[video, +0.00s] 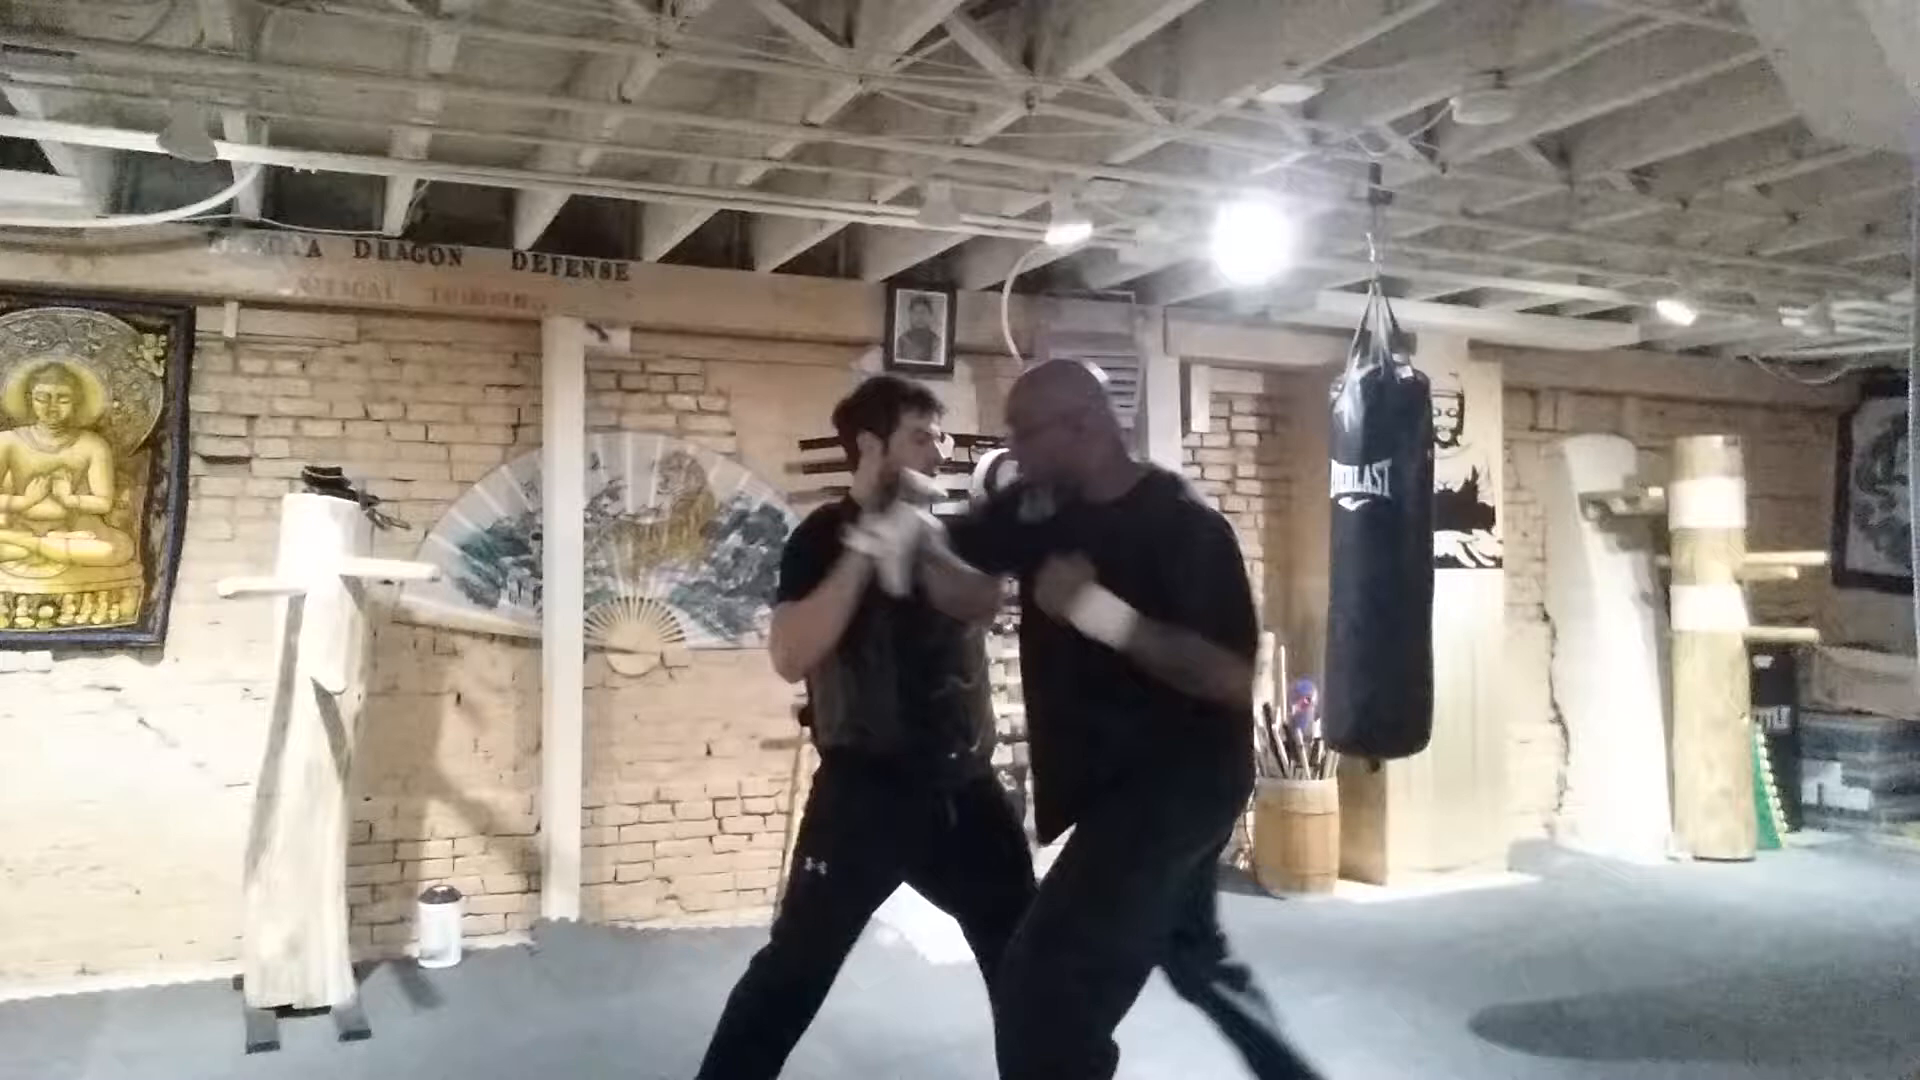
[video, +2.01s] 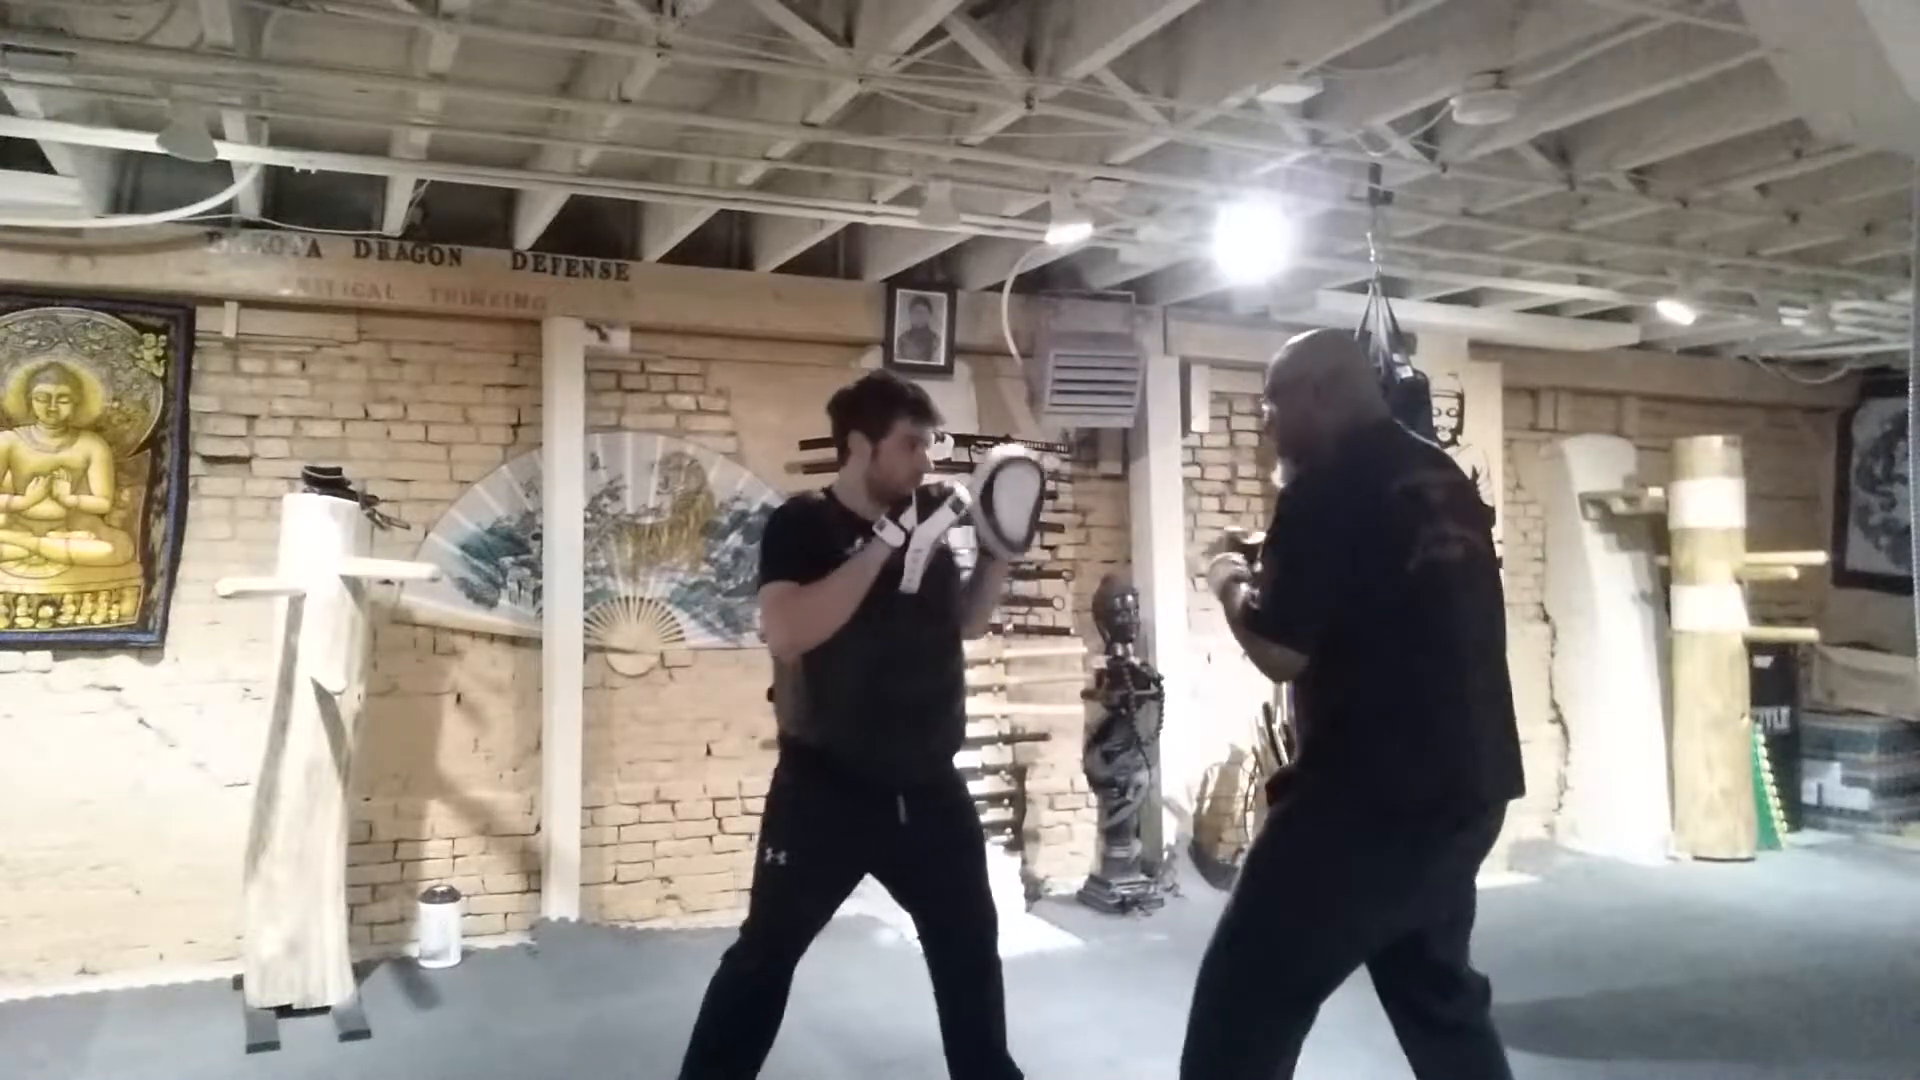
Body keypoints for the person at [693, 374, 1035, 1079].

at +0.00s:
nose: (937, 454)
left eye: (938, 440)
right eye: (923, 438)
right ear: (870, 443)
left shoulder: (952, 526)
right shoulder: (826, 534)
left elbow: (987, 603)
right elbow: (790, 657)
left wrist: (922, 545)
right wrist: (859, 557)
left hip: (965, 787)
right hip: (862, 793)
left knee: (1031, 975)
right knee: (792, 977)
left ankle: (1051, 1079)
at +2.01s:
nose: (925, 459)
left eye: (926, 444)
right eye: (912, 444)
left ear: (905, 450)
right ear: (860, 444)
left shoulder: (927, 531)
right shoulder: (799, 524)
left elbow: (965, 622)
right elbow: (784, 632)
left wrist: (999, 549)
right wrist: (883, 546)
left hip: (928, 789)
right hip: (824, 788)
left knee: (970, 962)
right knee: (763, 960)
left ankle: (988, 1077)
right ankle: (707, 1079)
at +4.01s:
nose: (908, 472)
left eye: (909, 458)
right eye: (890, 458)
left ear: (910, 461)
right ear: (838, 465)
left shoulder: (922, 539)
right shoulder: (785, 551)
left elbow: (947, 653)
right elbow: (732, 673)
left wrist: (982, 566)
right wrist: (791, 572)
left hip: (942, 798)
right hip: (835, 807)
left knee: (1021, 937)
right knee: (783, 979)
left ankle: (1042, 1078)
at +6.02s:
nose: (900, 429)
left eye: (898, 414)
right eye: (883, 414)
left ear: (849, 426)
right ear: (829, 422)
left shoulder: (887, 516)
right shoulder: (772, 511)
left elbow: (919, 609)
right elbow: (752, 630)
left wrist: (973, 574)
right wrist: (876, 583)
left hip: (893, 778)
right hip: (794, 779)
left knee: (915, 968)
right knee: (740, 968)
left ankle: (913, 1078)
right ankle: (691, 1078)